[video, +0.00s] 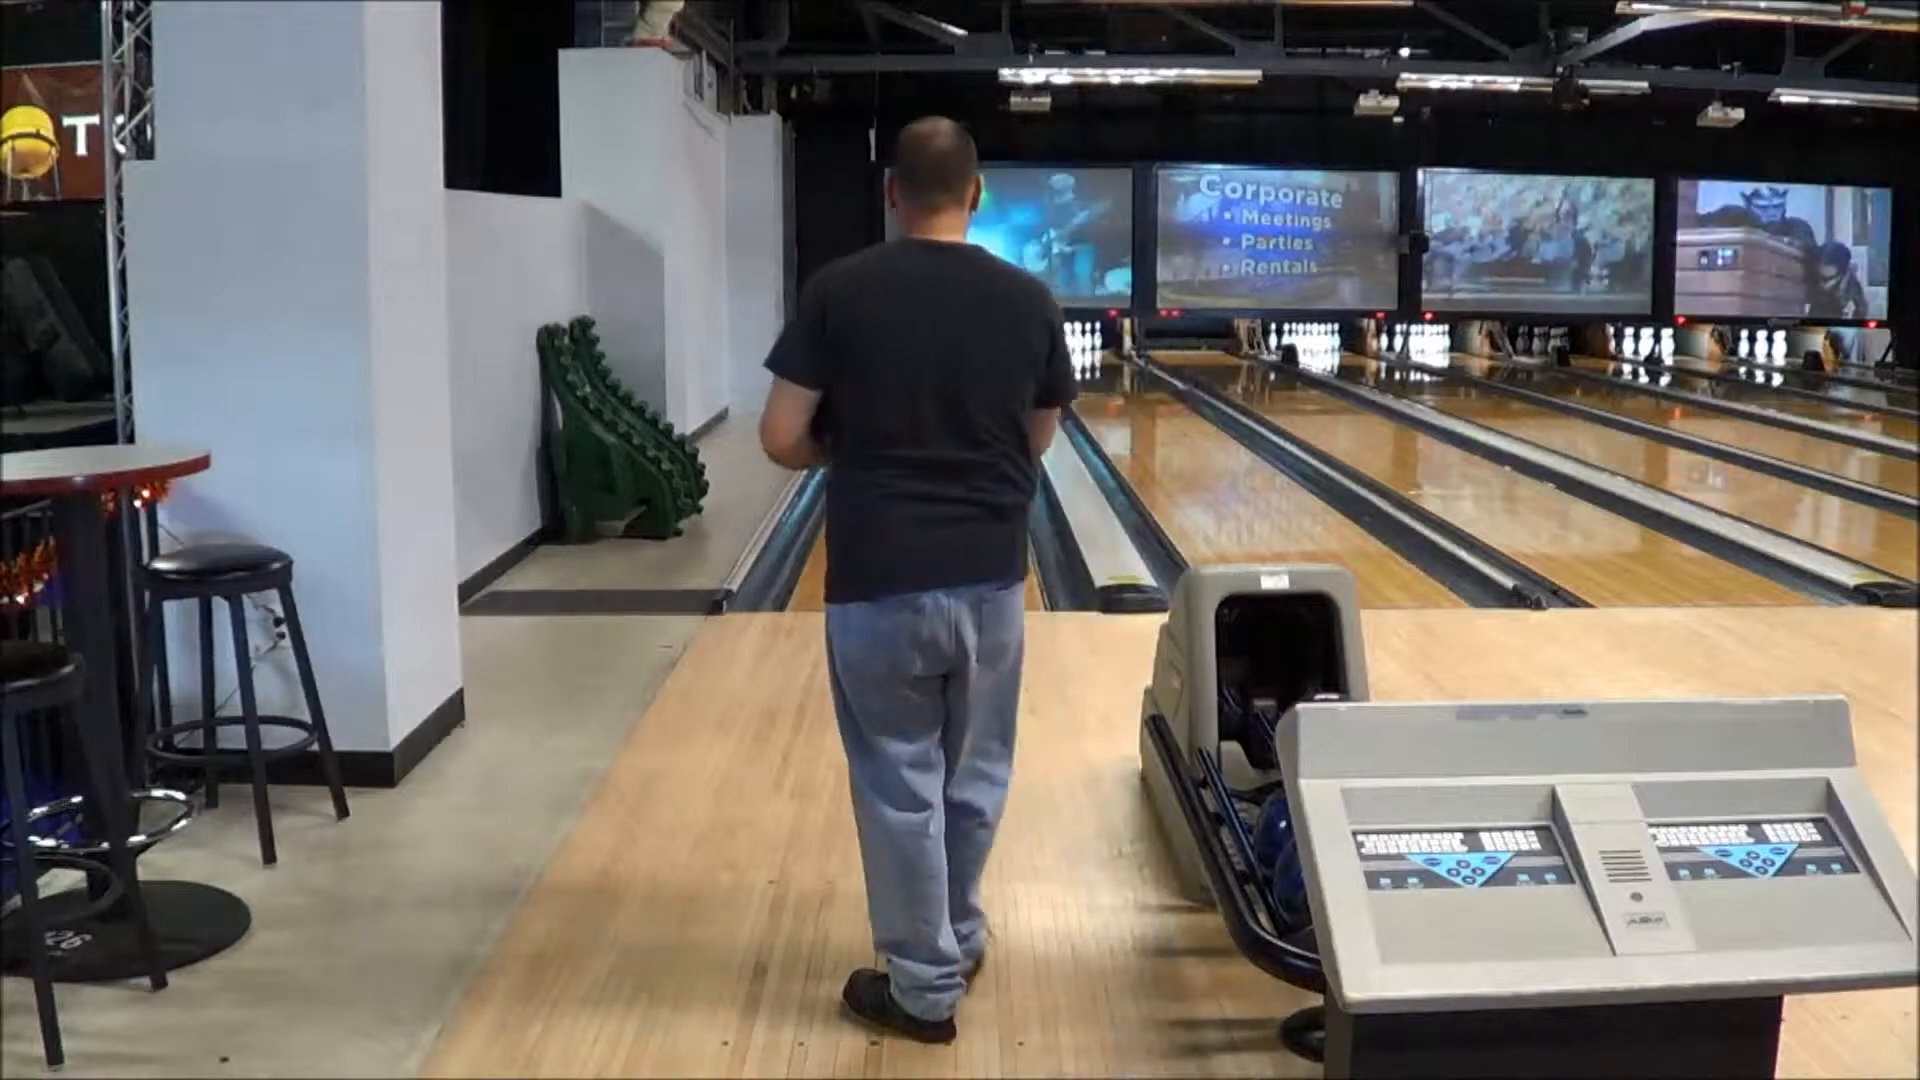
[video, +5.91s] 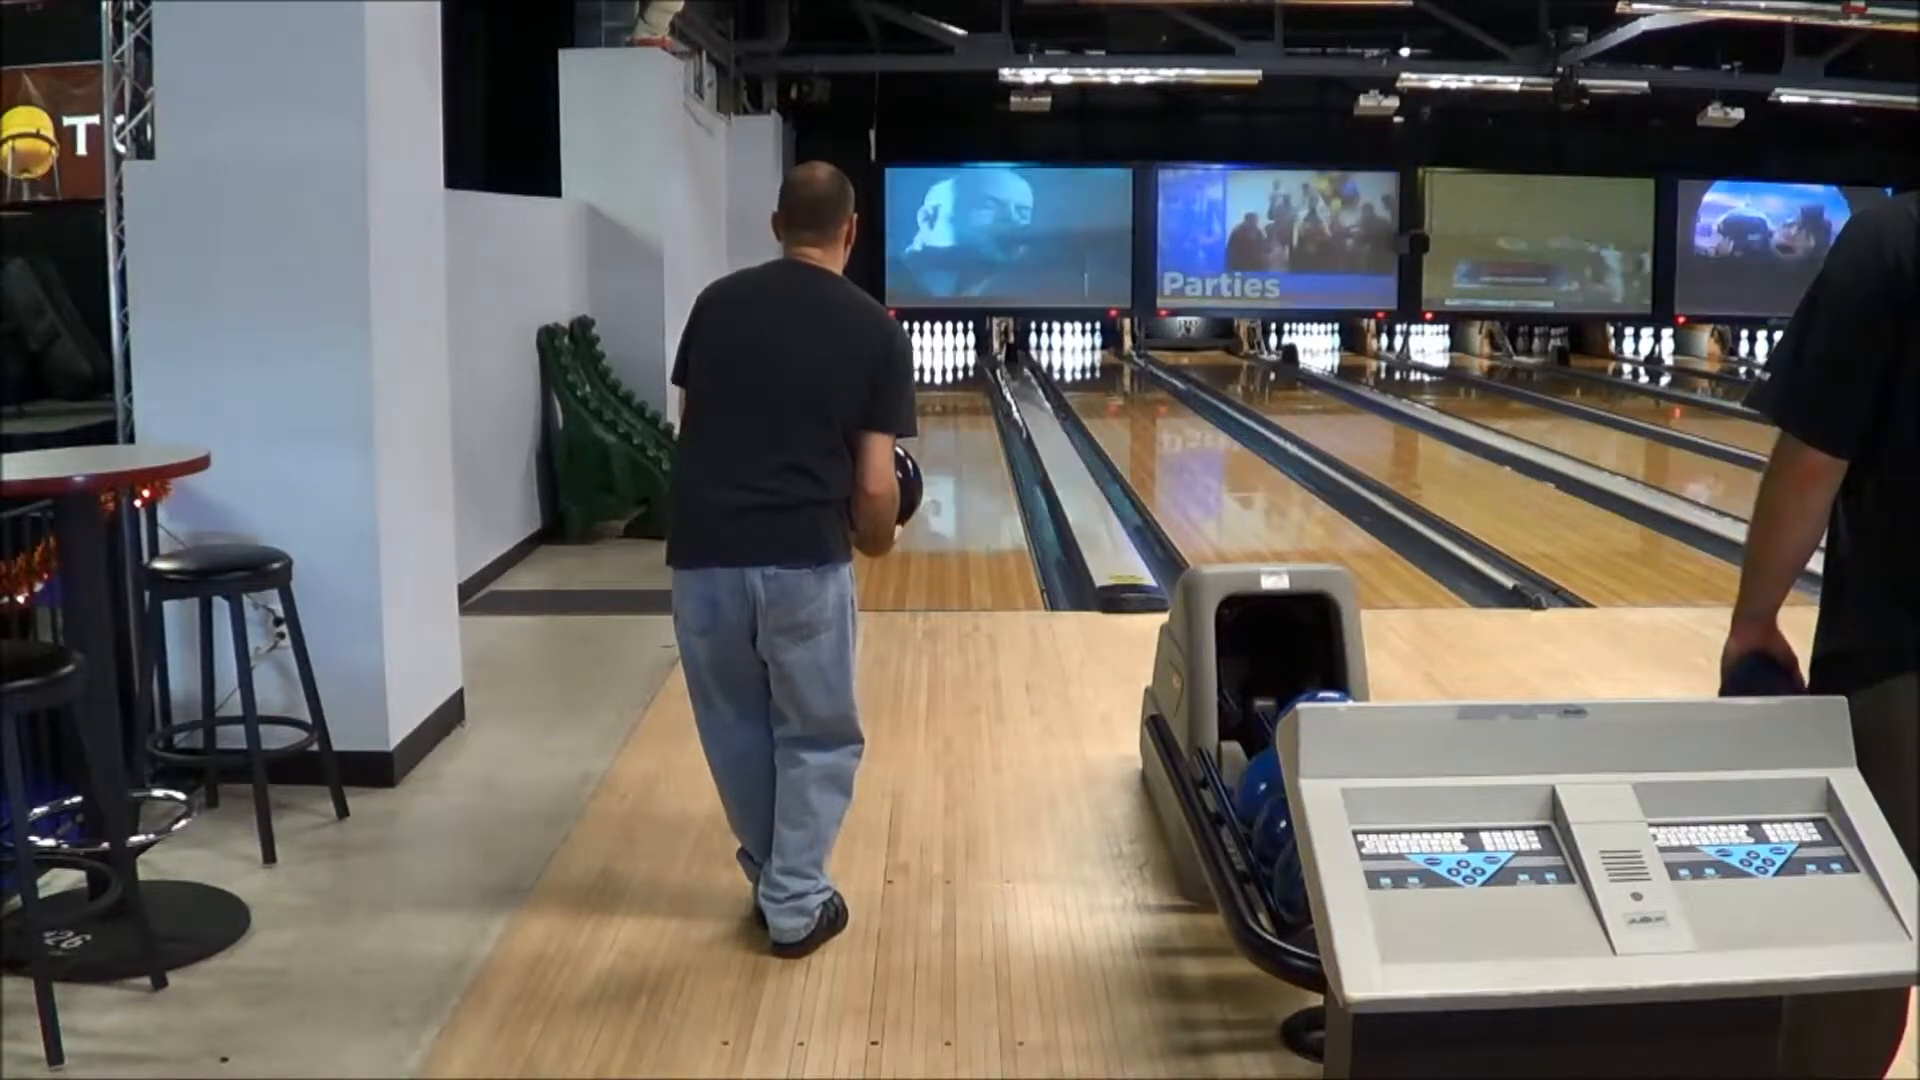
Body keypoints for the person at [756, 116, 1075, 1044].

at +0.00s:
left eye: (889, 187)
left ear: (888, 193)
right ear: (975, 194)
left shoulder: (838, 291)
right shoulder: (1025, 299)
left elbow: (784, 440)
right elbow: (1038, 437)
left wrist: (856, 440)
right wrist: (970, 443)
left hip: (877, 584)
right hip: (989, 578)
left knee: (899, 782)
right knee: (977, 766)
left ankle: (923, 989)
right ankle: (958, 934)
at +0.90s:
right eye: (927, 231)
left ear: (863, 228)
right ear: (935, 237)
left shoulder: (808, 289)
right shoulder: (976, 305)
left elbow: (730, 406)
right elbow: (1003, 437)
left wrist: (798, 434)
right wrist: (936, 406)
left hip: (829, 545)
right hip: (935, 547)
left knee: (813, 724)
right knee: (907, 722)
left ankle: (811, 901)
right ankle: (874, 901)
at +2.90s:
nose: (844, 260)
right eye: (849, 249)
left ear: (779, 242)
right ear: (847, 248)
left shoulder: (717, 304)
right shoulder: (873, 315)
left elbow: (676, 432)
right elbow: (898, 456)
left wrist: (736, 446)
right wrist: (835, 450)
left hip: (718, 543)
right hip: (818, 541)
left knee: (740, 718)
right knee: (821, 723)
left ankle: (772, 873)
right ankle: (797, 905)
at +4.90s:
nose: (851, 235)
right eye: (854, 223)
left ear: (773, 226)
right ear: (850, 228)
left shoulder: (718, 301)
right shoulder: (869, 325)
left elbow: (686, 420)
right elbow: (872, 484)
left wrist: (740, 451)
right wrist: (885, 513)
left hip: (705, 551)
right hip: (807, 552)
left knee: (735, 722)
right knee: (819, 733)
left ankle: (768, 873)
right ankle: (793, 904)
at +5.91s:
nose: (856, 236)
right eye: (857, 225)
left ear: (774, 227)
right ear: (852, 229)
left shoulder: (717, 302)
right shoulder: (871, 328)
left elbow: (686, 425)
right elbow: (876, 487)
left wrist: (728, 488)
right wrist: (876, 536)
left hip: (702, 556)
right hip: (805, 557)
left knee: (733, 724)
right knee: (818, 736)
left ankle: (768, 871)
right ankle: (793, 904)